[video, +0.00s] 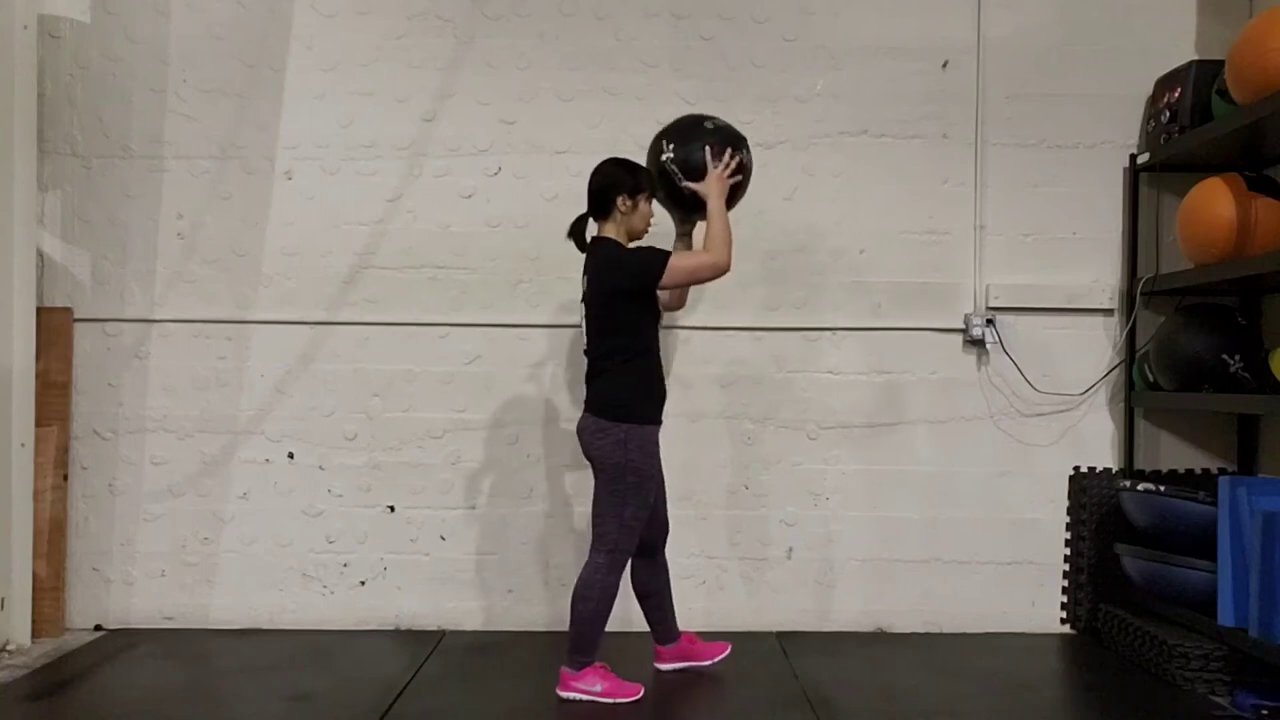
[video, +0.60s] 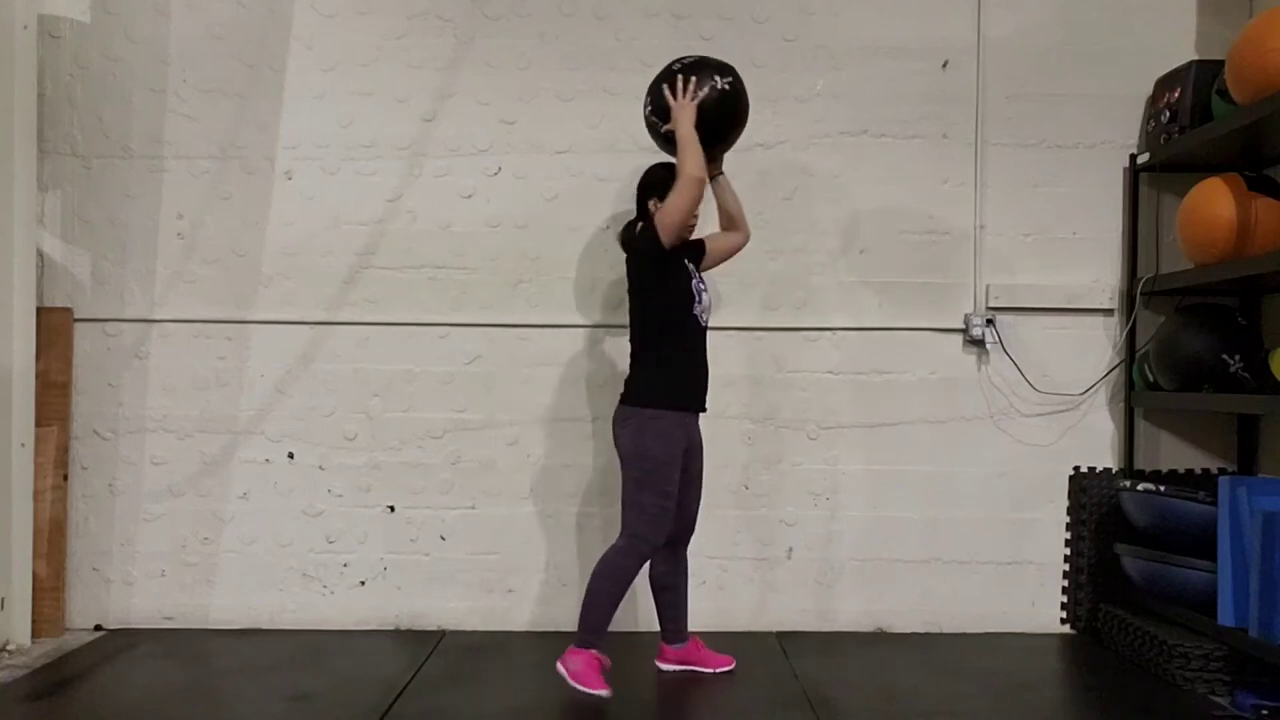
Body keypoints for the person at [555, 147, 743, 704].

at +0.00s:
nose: (650, 212)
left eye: (649, 204)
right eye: (646, 203)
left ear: (609, 207)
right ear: (625, 204)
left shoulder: (612, 261)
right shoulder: (616, 261)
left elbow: (672, 300)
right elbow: (716, 260)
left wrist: (686, 228)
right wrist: (716, 199)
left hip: (631, 427)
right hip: (619, 430)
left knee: (651, 538)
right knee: (612, 547)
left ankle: (669, 644)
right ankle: (579, 667)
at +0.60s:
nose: (688, 208)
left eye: (689, 202)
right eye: (679, 197)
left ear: (679, 208)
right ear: (656, 204)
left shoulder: (687, 258)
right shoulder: (646, 247)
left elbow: (735, 233)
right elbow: (690, 182)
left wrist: (716, 173)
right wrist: (685, 126)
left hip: (683, 420)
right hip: (648, 418)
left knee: (674, 536)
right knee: (640, 536)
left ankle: (676, 644)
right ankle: (584, 649)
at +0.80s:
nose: (672, 209)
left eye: (681, 202)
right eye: (662, 200)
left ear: (690, 209)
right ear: (642, 206)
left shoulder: (698, 256)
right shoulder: (627, 254)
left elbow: (757, 212)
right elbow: (622, 184)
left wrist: (719, 150)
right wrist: (637, 119)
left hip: (695, 424)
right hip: (640, 423)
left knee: (690, 538)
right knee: (621, 539)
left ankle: (679, 643)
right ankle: (582, 654)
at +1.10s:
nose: (610, 218)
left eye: (620, 208)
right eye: (606, 210)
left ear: (646, 210)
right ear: (599, 217)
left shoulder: (677, 253)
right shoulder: (596, 264)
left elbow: (700, 182)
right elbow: (550, 200)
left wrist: (676, 118)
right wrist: (576, 126)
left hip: (671, 427)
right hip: (609, 427)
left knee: (693, 536)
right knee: (576, 540)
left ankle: (730, 623)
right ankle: (574, 657)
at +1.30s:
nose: (595, 238)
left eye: (604, 227)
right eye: (589, 228)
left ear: (626, 228)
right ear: (578, 235)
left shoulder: (650, 275)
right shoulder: (589, 281)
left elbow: (614, 228)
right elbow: (531, 242)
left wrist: (589, 141)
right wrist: (528, 169)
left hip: (666, 447)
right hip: (611, 447)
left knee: (687, 558)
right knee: (566, 544)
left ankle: (752, 621)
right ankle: (573, 658)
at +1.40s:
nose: (580, 268)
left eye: (588, 257)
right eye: (575, 260)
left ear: (619, 252)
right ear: (575, 260)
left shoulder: (644, 302)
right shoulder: (589, 303)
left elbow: (585, 317)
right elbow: (521, 330)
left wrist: (537, 256)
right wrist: (499, 276)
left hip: (672, 465)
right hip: (620, 463)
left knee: (682, 582)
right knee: (565, 543)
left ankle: (753, 622)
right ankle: (574, 659)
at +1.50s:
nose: (562, 300)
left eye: (571, 289)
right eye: (557, 290)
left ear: (602, 288)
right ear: (557, 293)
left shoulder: (633, 348)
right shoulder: (569, 354)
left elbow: (607, 429)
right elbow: (551, 429)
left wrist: (541, 459)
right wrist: (507, 451)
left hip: (675, 486)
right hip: (622, 482)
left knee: (679, 606)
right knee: (564, 549)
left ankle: (750, 622)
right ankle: (574, 661)